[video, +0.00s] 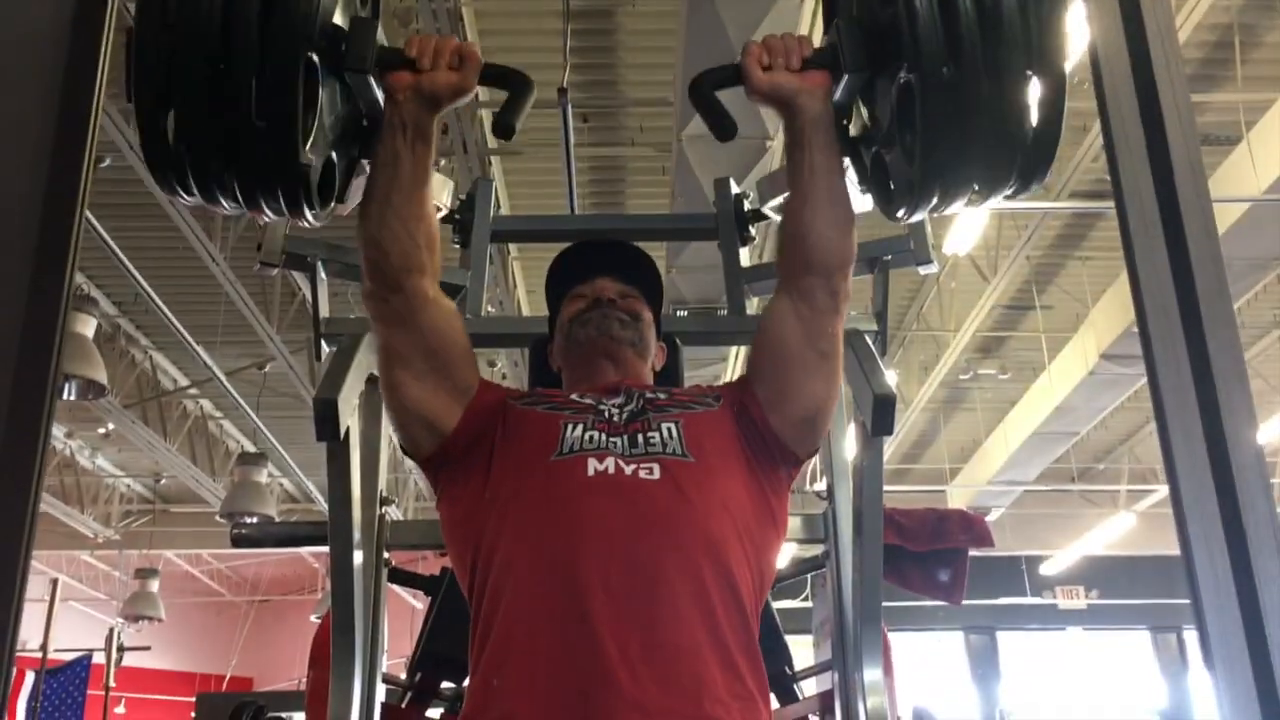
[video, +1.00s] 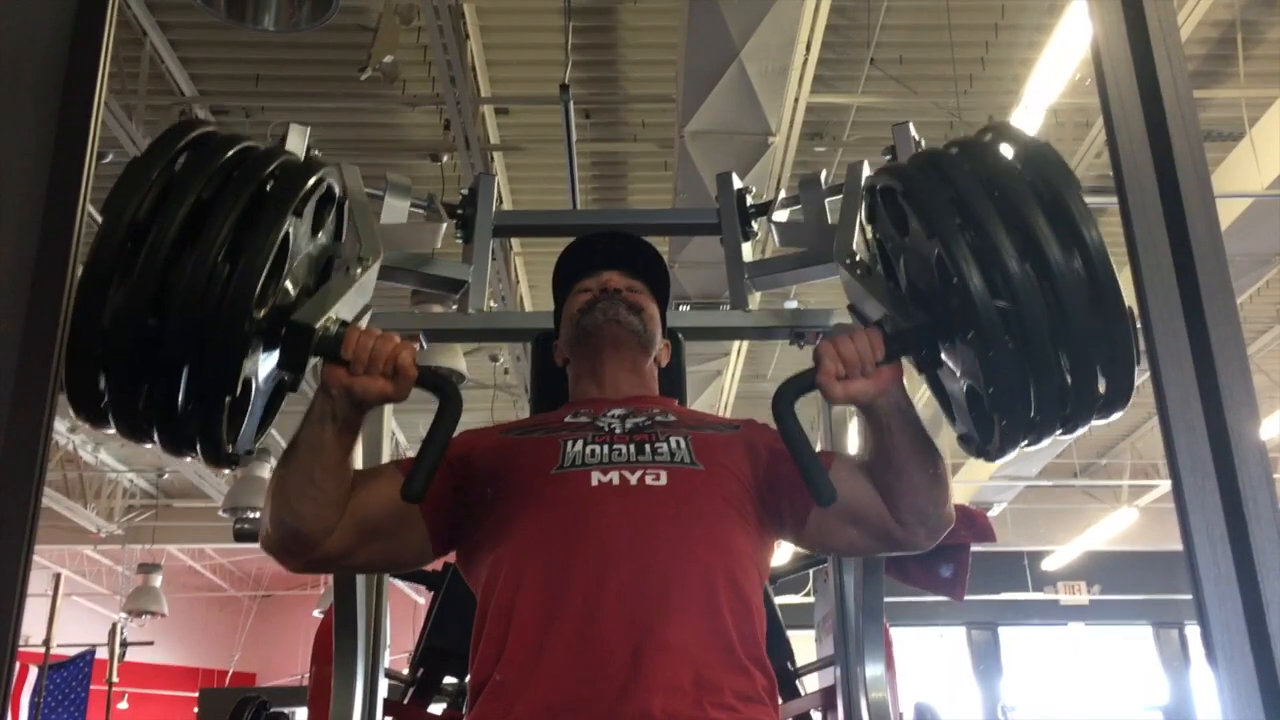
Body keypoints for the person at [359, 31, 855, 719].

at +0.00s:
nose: (606, 300)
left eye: (629, 300)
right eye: (581, 300)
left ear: (661, 351)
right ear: (551, 351)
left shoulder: (749, 429)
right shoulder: (481, 435)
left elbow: (817, 281)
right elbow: (399, 285)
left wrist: (808, 108)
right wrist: (411, 112)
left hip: (717, 706)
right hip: (513, 707)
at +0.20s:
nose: (607, 303)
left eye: (631, 301)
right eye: (582, 301)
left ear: (662, 351)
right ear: (551, 350)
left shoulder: (752, 433)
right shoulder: (478, 438)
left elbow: (866, 341)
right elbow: (354, 343)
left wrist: (828, 176)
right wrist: (395, 180)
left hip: (721, 705)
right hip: (519, 705)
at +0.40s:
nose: (608, 293)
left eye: (632, 295)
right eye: (581, 295)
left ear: (662, 351)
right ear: (551, 350)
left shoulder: (744, 438)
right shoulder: (482, 445)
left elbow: (903, 407)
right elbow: (313, 408)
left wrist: (849, 255)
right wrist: (374, 259)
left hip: (722, 706)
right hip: (526, 706)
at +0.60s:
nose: (611, 298)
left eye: (634, 298)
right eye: (584, 297)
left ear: (666, 350)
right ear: (552, 351)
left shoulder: (738, 441)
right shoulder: (489, 450)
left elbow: (917, 466)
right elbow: (301, 472)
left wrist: (863, 329)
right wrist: (358, 329)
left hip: (724, 705)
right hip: (525, 705)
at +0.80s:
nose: (609, 294)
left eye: (634, 293)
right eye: (584, 295)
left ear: (667, 346)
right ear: (554, 351)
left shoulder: (745, 445)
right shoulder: (486, 453)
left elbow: (922, 503)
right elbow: (297, 516)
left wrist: (877, 377)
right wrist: (346, 377)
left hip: (724, 702)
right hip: (525, 704)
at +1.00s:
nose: (611, 293)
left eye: (635, 293)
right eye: (586, 294)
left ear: (667, 347)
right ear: (555, 350)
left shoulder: (747, 448)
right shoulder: (488, 455)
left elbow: (919, 520)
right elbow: (304, 539)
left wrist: (882, 400)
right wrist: (341, 404)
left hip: (725, 704)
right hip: (526, 706)